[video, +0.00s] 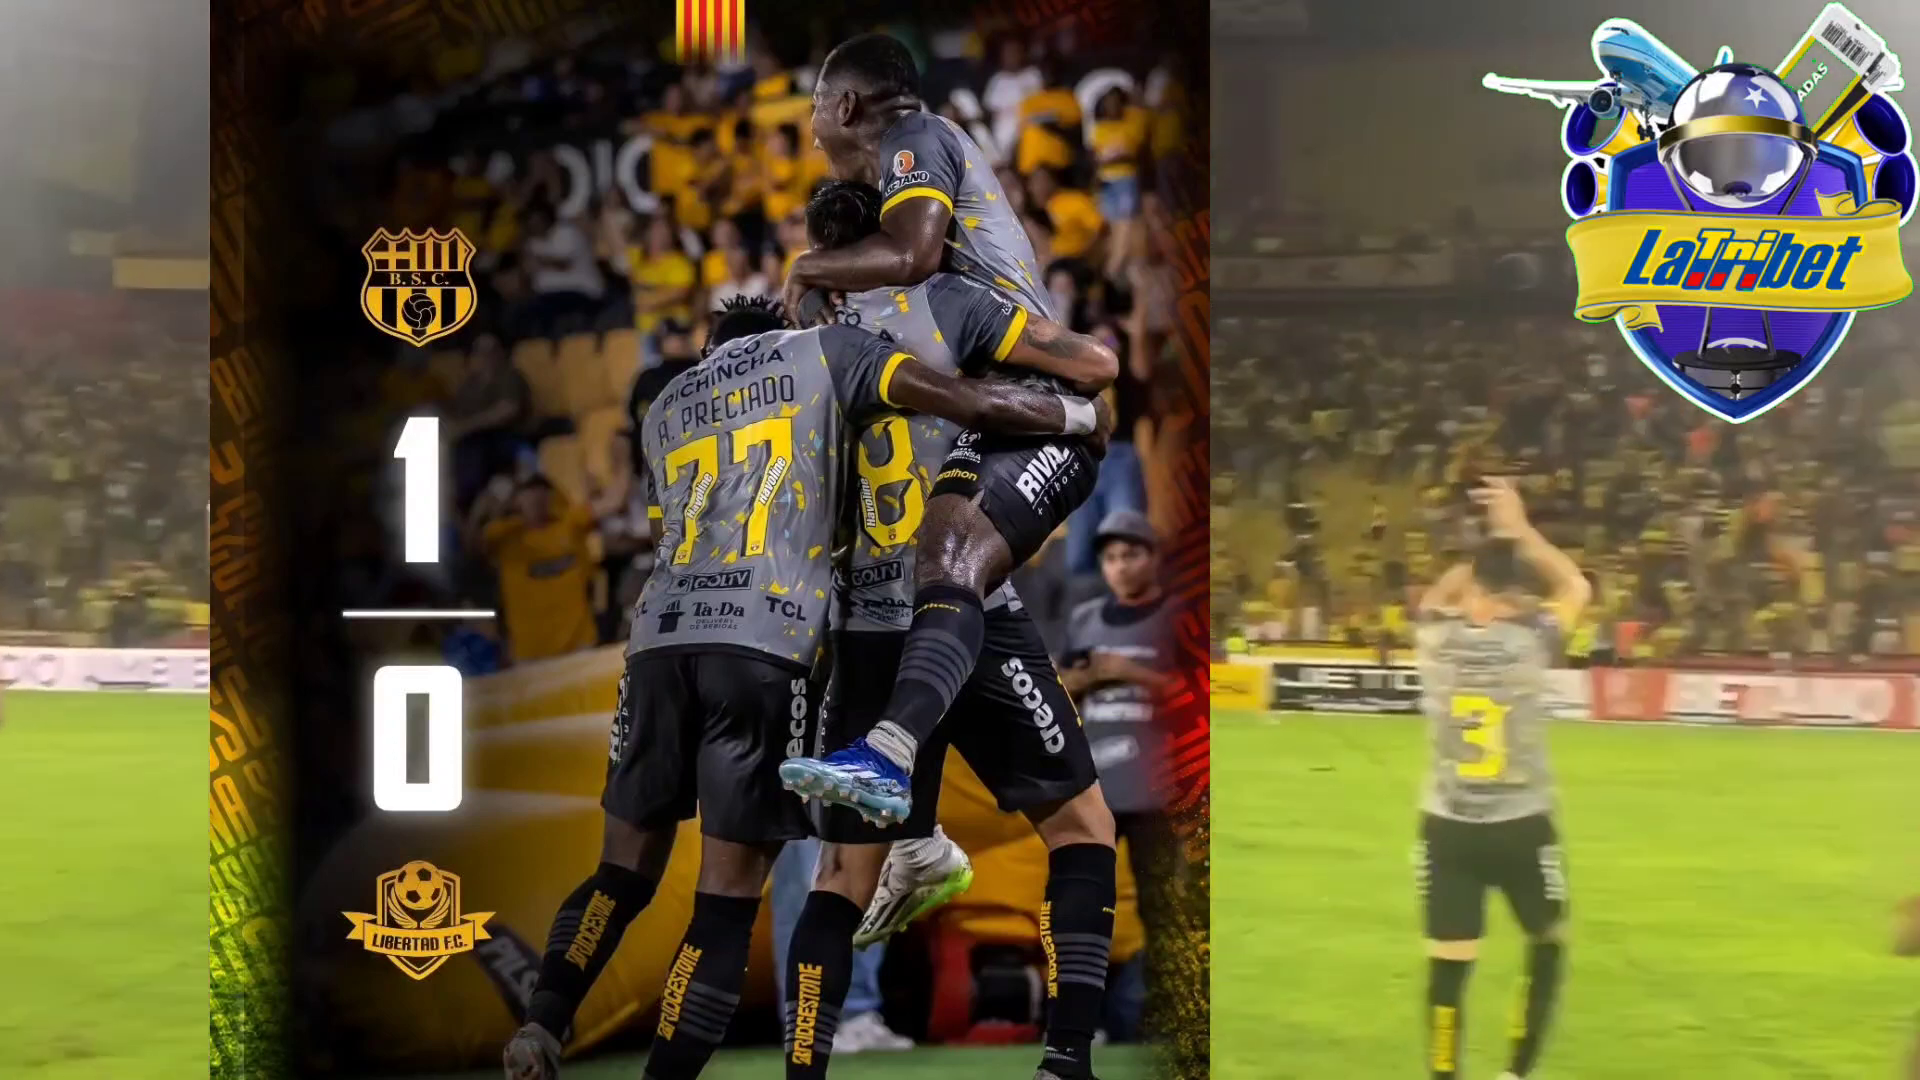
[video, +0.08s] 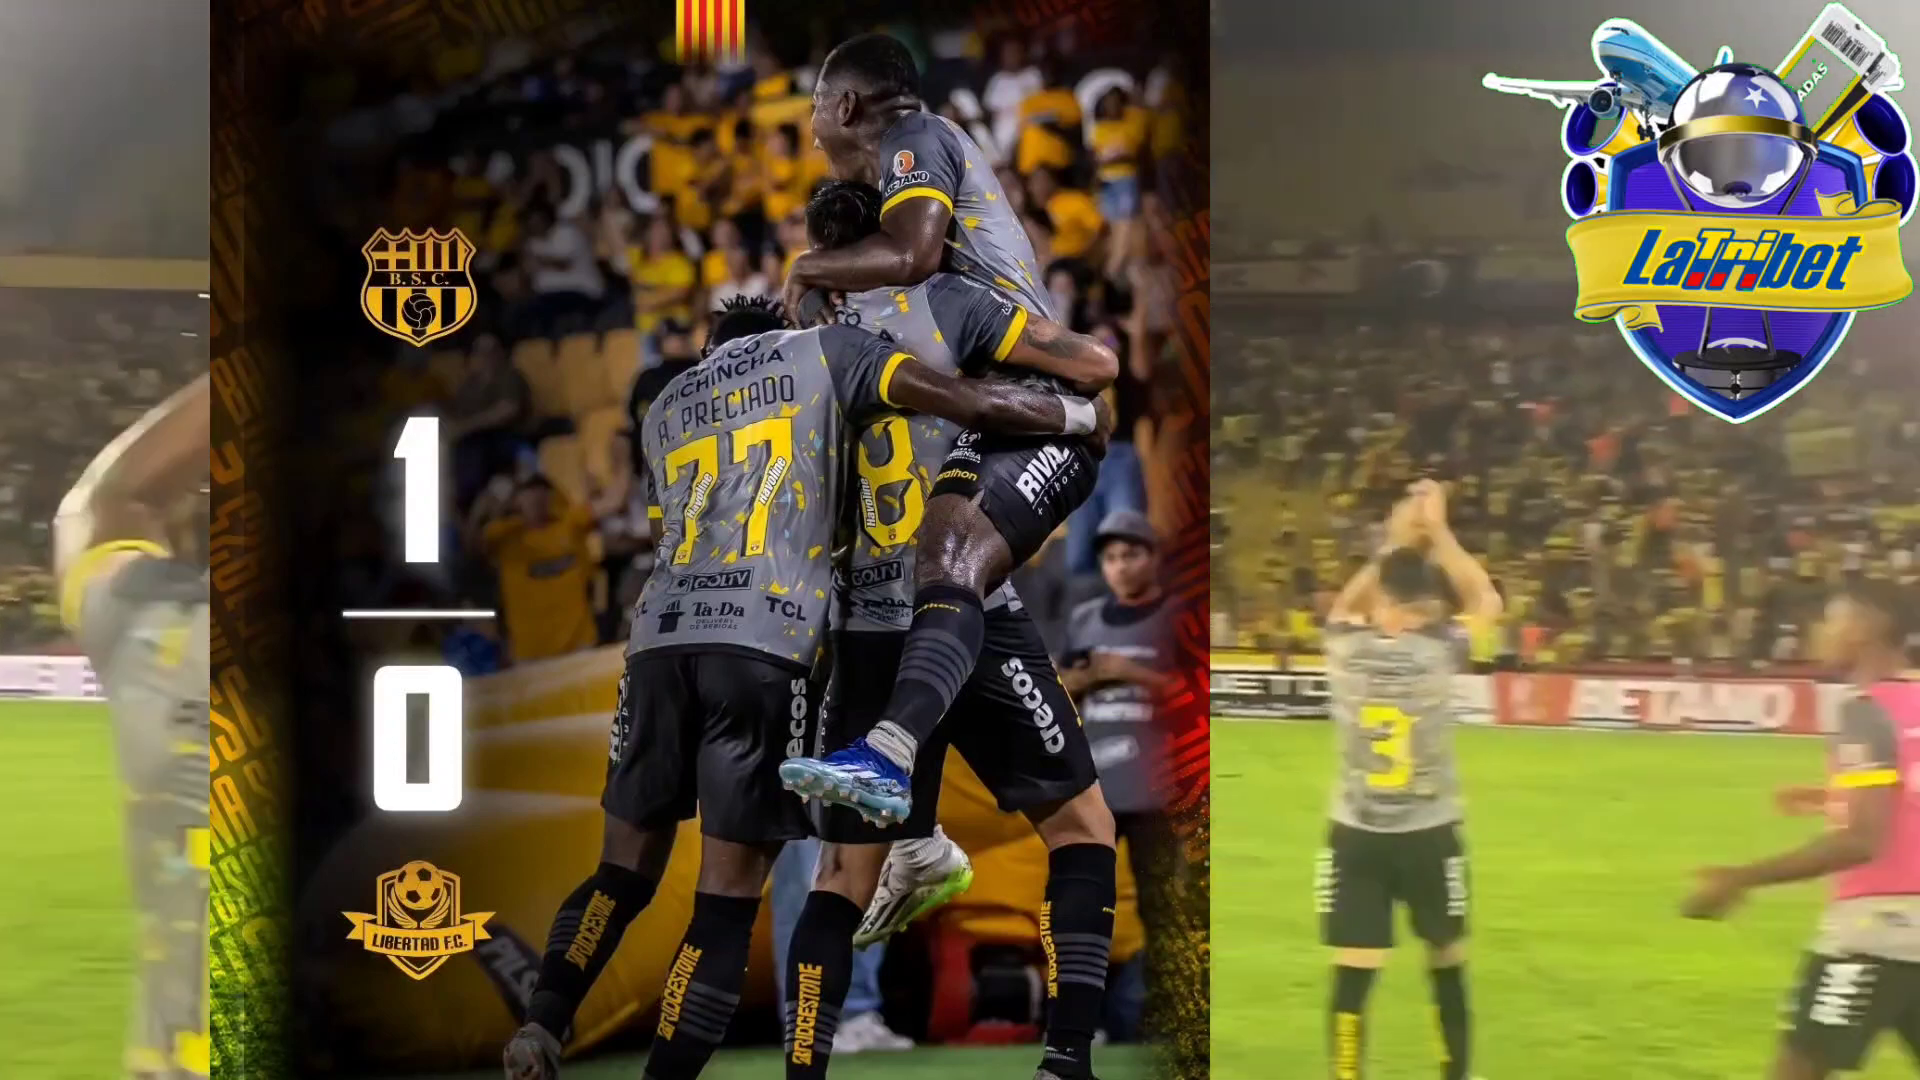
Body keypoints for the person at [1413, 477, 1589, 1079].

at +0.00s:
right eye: (1519, 591)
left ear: (1471, 588)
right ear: (1515, 593)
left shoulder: (1435, 636)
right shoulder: (1534, 642)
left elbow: (1440, 595)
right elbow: (1575, 586)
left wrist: (1485, 551)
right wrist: (1521, 532)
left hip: (1449, 823)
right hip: (1521, 825)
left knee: (1450, 956)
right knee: (1548, 937)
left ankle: (1442, 1069)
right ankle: (1522, 1067)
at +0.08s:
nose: (1420, 619)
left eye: (1422, 609)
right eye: (1419, 609)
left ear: (1377, 603)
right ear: (1426, 609)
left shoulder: (1344, 649)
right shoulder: (1442, 652)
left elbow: (1349, 601)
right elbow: (1484, 598)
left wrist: (1391, 546)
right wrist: (1440, 535)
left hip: (1358, 833)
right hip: (1430, 833)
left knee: (1354, 967)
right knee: (1447, 962)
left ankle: (1347, 1072)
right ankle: (1457, 1069)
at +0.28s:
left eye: (1299, 597)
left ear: (1295, 603)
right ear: (1350, 605)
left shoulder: (1261, 656)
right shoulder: (1359, 659)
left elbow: (1278, 610)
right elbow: (1391, 607)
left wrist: (1313, 562)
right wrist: (1346, 545)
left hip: (1276, 839)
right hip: (1347, 838)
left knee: (1261, 965)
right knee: (1356, 961)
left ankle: (1239, 1073)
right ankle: (1356, 1073)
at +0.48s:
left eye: (1271, 599)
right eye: (1315, 604)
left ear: (1265, 601)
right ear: (1316, 607)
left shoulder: (1233, 659)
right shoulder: (1330, 658)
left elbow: (1253, 618)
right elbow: (1367, 612)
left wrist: (1279, 562)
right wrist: (1320, 547)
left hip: (1250, 833)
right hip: (1317, 834)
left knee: (1254, 952)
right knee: (1313, 964)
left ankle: (1237, 1067)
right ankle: (1311, 1074)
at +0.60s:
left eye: (1282, 608)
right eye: (1327, 612)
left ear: (1275, 611)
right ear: (1328, 616)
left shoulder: (1245, 667)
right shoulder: (1342, 668)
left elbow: (1266, 621)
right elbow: (1380, 623)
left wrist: (1302, 573)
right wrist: (1334, 562)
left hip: (1261, 846)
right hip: (1327, 846)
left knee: (1274, 959)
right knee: (1320, 979)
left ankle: (1270, 1073)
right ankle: (1315, 1075)